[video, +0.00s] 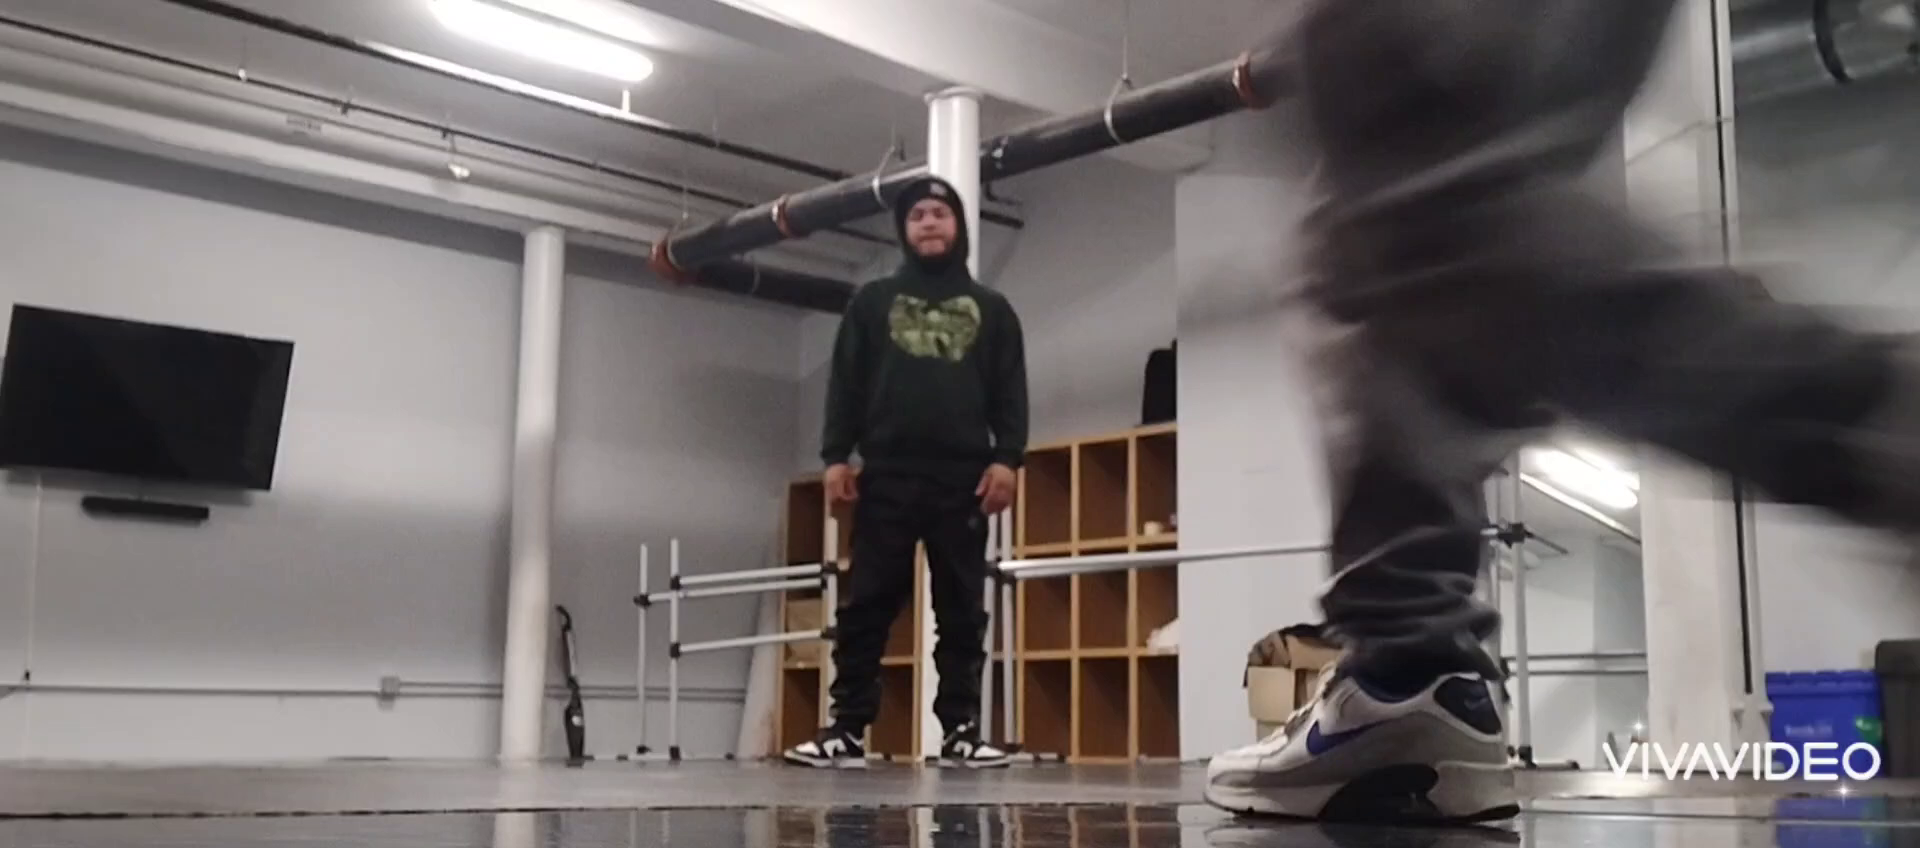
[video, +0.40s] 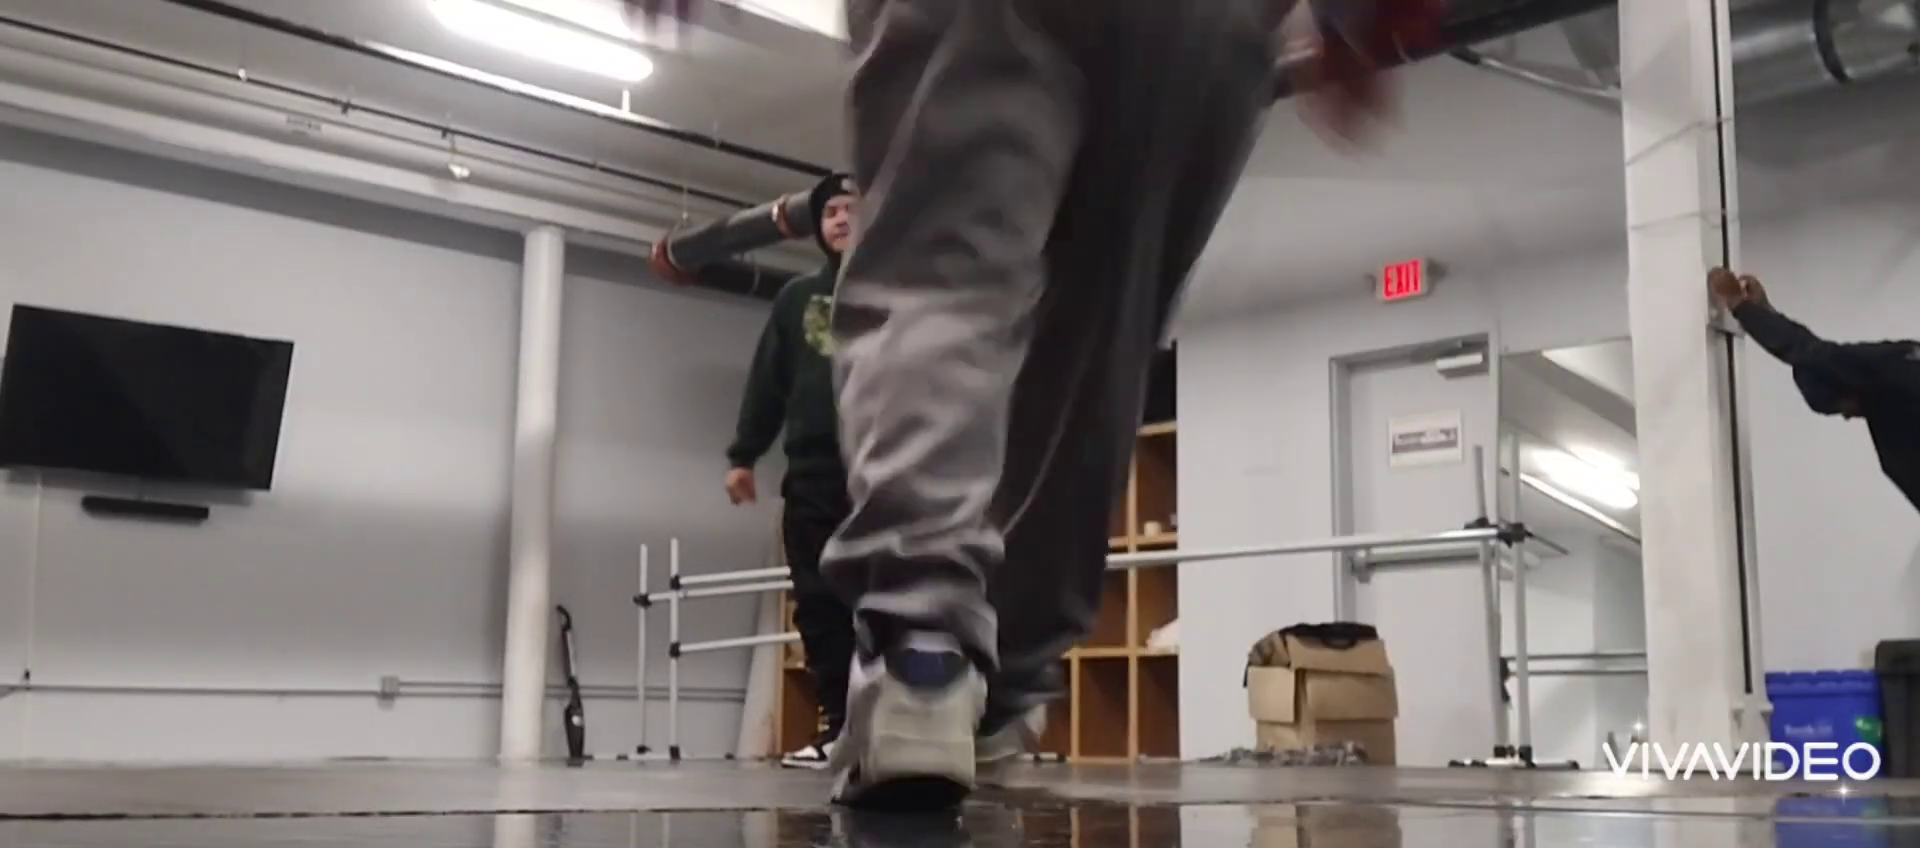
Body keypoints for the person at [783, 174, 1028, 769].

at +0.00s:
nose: (929, 223)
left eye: (939, 214)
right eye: (919, 216)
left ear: (960, 227)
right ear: (903, 231)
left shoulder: (991, 309)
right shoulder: (872, 300)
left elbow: (1011, 391)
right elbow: (845, 381)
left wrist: (1007, 459)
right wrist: (837, 456)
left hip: (960, 475)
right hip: (886, 472)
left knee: (962, 611)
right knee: (866, 604)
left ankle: (960, 732)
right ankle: (848, 731)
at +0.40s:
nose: (841, 220)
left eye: (851, 210)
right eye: (832, 212)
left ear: (873, 221)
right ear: (820, 228)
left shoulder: (894, 290)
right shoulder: (801, 296)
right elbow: (769, 380)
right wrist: (743, 454)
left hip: (882, 465)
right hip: (814, 467)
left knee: (880, 582)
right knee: (817, 597)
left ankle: (885, 719)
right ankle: (836, 722)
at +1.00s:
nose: (765, 195)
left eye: (780, 188)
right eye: (757, 185)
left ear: (801, 205)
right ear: (744, 198)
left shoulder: (821, 276)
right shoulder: (727, 275)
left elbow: (843, 369)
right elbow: (703, 364)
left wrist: (840, 453)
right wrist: (684, 447)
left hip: (787, 455)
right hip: (729, 456)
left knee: (763, 592)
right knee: (763, 592)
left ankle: (731, 730)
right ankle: (830, 718)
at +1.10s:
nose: (747, 191)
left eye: (762, 184)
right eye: (741, 181)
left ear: (787, 200)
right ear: (729, 194)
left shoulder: (803, 270)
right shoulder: (714, 272)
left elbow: (821, 362)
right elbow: (690, 360)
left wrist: (807, 448)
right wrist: (663, 442)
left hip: (766, 454)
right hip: (711, 454)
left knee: (755, 594)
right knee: (718, 602)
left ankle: (731, 733)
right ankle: (810, 698)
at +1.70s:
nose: (638, 164)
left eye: (652, 157)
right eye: (627, 156)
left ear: (675, 175)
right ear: (612, 173)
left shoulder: (704, 248)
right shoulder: (589, 254)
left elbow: (729, 340)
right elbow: (563, 349)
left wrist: (727, 428)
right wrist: (547, 439)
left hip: (674, 444)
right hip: (595, 443)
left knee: (687, 589)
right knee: (577, 593)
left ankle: (719, 723)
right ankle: (575, 728)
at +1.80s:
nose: (627, 161)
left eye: (641, 154)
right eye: (616, 152)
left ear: (661, 173)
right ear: (597, 168)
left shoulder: (692, 247)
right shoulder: (568, 251)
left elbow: (722, 338)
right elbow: (535, 343)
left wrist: (732, 425)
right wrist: (506, 429)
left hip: (659, 439)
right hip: (582, 439)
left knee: (663, 584)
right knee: (568, 589)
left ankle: (702, 718)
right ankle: (573, 729)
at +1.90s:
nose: (622, 162)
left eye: (635, 156)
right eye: (611, 152)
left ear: (651, 174)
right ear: (588, 164)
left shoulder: (684, 251)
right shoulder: (553, 250)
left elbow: (715, 338)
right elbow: (510, 336)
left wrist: (727, 422)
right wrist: (471, 418)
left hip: (652, 438)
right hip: (573, 436)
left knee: (645, 578)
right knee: (563, 586)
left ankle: (668, 708)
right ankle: (573, 725)